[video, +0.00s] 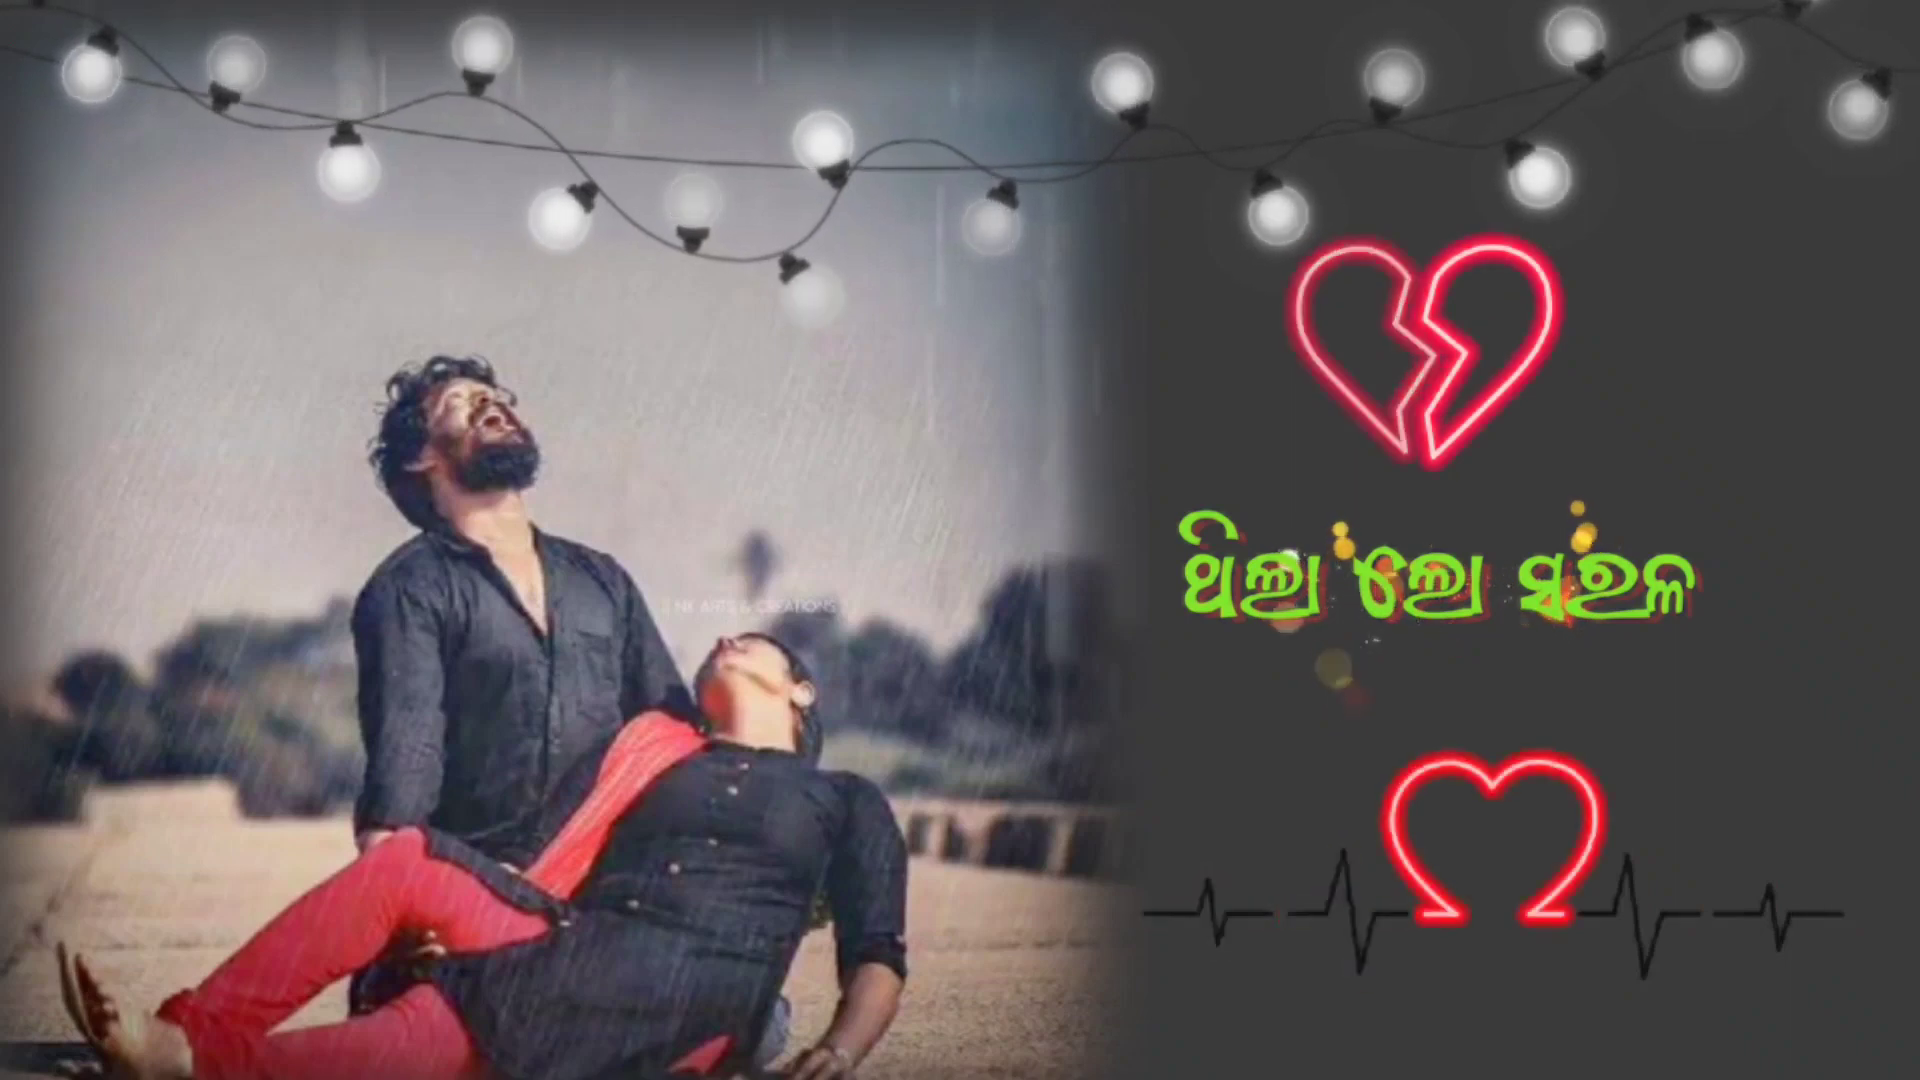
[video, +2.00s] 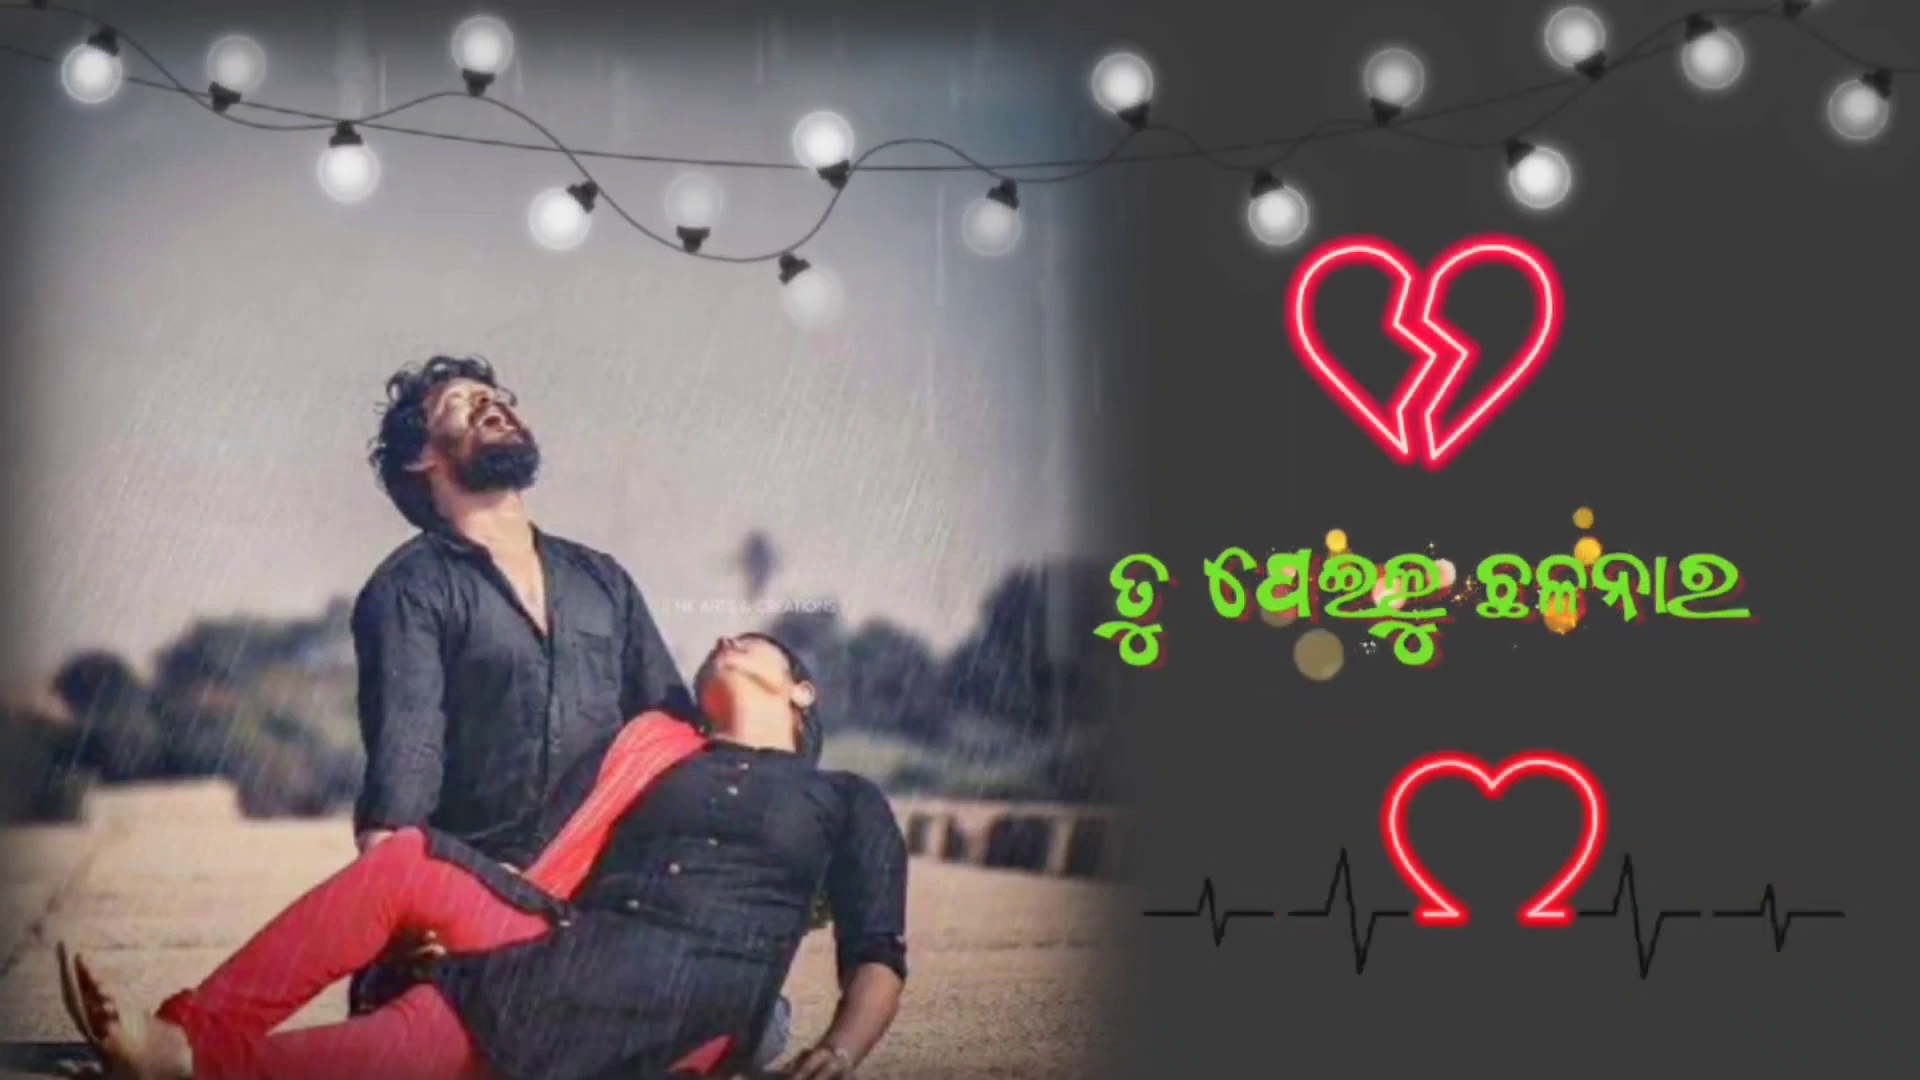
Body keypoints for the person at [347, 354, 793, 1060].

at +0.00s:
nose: (496, 408)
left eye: (502, 401)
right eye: (463, 406)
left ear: (525, 438)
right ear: (421, 462)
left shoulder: (602, 578)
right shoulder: (410, 587)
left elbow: (678, 728)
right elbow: (404, 753)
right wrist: (387, 904)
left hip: (617, 883)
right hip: (462, 890)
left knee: (760, 1022)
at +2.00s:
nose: (497, 408)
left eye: (502, 401)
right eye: (463, 406)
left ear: (525, 438)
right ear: (422, 462)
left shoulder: (602, 579)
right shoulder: (410, 588)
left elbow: (678, 728)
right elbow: (404, 752)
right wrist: (388, 902)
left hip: (617, 882)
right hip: (462, 890)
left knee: (761, 1022)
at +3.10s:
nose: (496, 408)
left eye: (502, 401)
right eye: (463, 406)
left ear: (525, 438)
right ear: (421, 462)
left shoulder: (602, 578)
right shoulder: (410, 587)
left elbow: (678, 728)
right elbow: (404, 753)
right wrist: (387, 904)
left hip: (617, 883)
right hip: (462, 890)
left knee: (760, 1022)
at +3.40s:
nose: (496, 408)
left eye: (502, 401)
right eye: (463, 406)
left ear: (525, 438)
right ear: (421, 462)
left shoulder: (602, 578)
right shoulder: (410, 587)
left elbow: (678, 728)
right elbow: (404, 753)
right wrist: (387, 904)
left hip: (617, 883)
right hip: (462, 890)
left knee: (760, 1022)